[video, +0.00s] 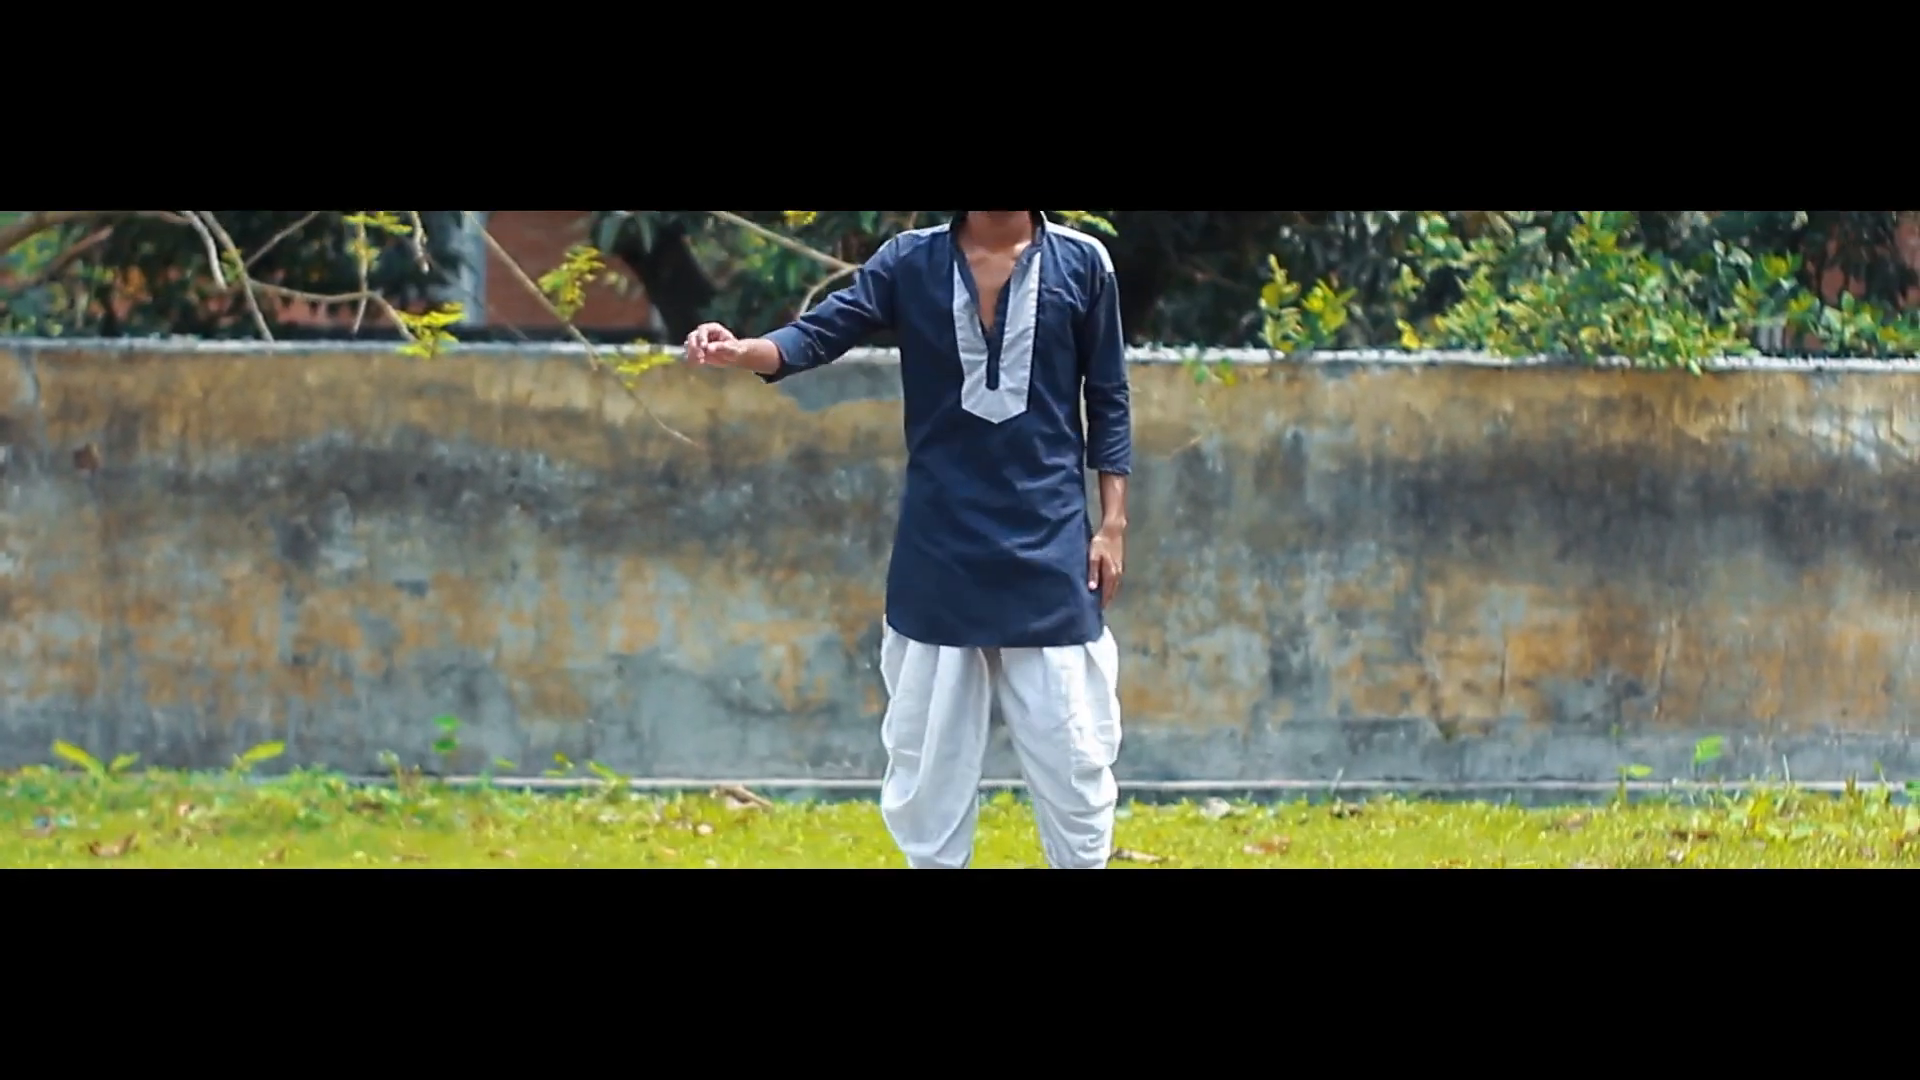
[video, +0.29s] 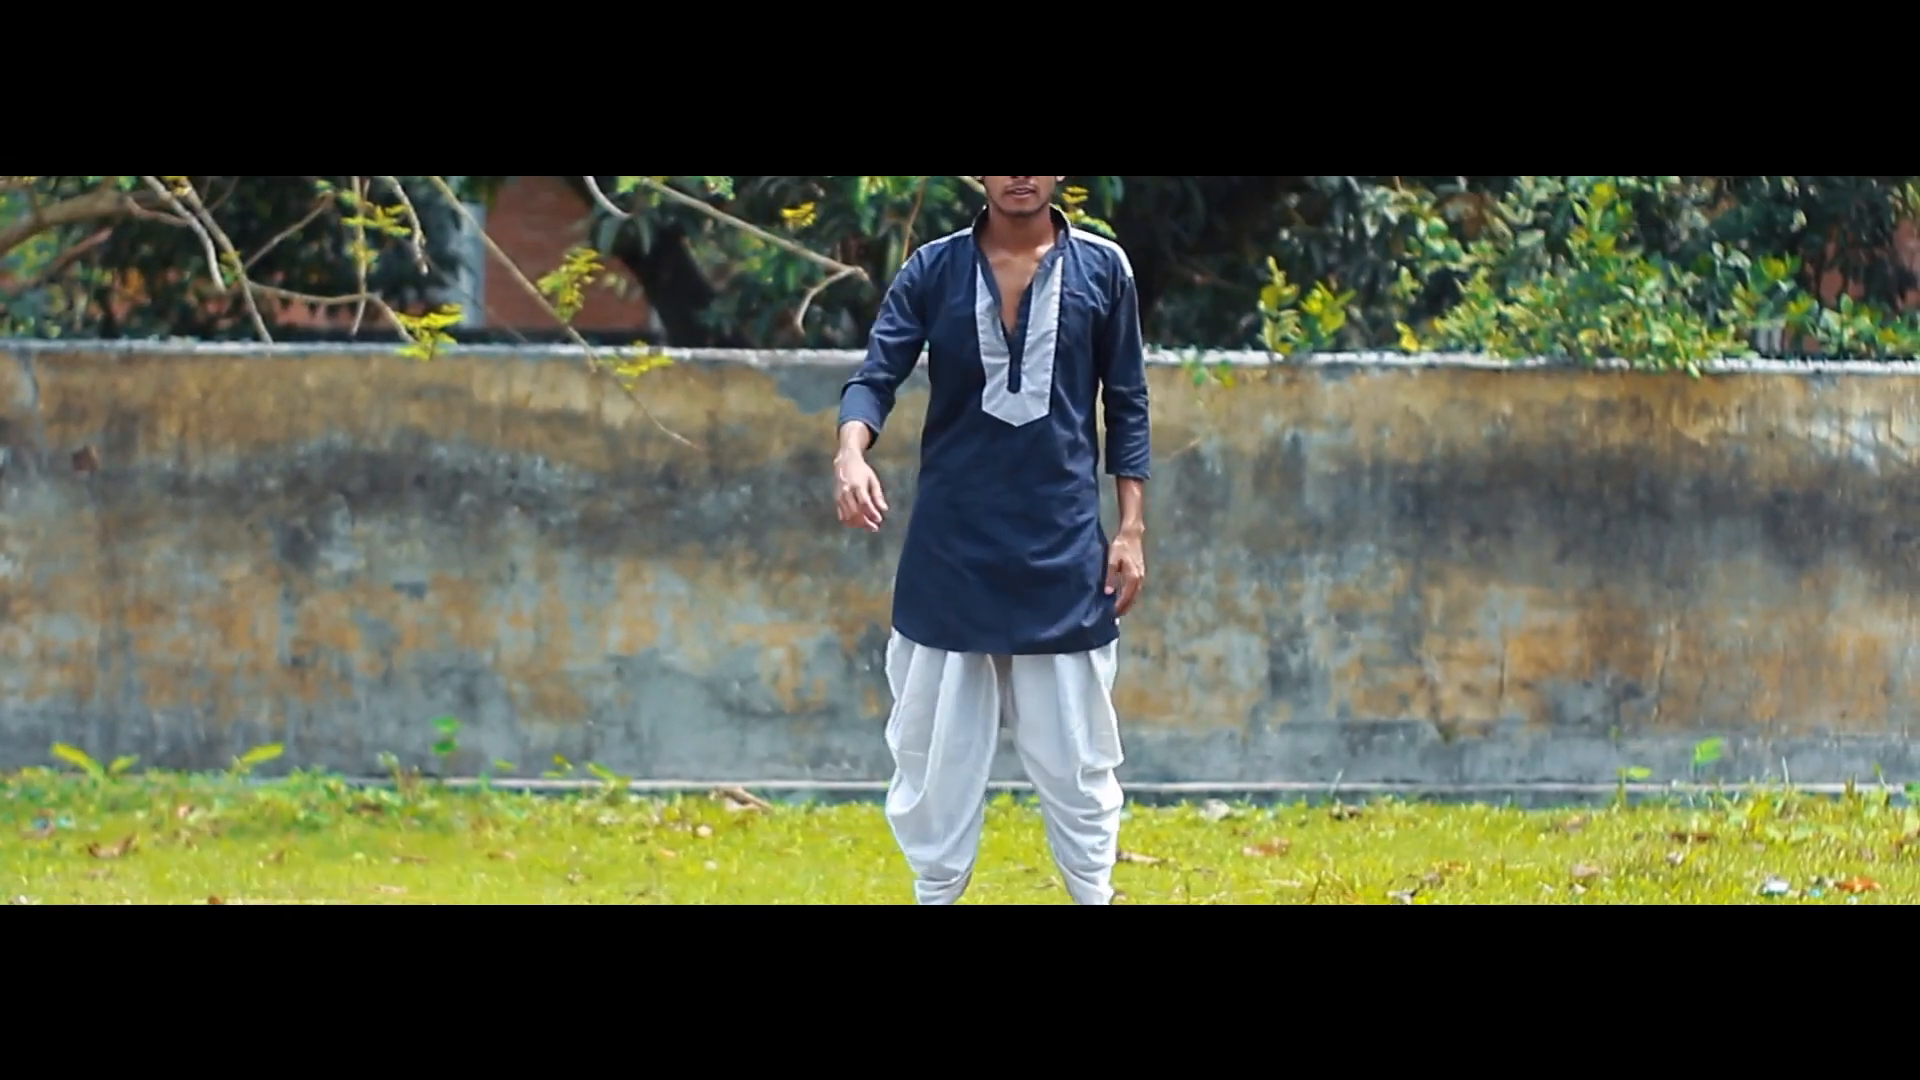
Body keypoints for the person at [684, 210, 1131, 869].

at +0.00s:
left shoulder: (1083, 262)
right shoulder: (909, 259)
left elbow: (1109, 396)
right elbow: (821, 331)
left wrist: (1112, 522)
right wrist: (745, 351)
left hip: (1049, 545)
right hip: (937, 547)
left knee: (1075, 766)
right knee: (927, 767)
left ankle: (1083, 861)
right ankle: (934, 860)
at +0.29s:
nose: (1019, 175)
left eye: (1035, 165)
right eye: (1003, 165)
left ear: (1060, 176)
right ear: (978, 175)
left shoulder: (1102, 266)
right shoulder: (933, 266)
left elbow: (1127, 402)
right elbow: (877, 375)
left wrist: (1131, 525)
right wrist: (850, 452)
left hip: (1060, 543)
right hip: (952, 541)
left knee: (1074, 750)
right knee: (933, 745)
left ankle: (1093, 894)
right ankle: (935, 892)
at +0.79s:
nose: (1025, 172)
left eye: (1041, 156)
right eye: (1009, 155)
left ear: (1066, 168)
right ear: (980, 166)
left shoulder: (1108, 268)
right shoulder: (934, 272)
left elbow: (1137, 406)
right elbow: (918, 417)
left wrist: (1144, 531)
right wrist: (921, 540)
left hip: (1069, 541)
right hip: (958, 541)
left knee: (1078, 747)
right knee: (936, 742)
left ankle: (1087, 931)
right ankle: (926, 930)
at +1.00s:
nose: (999, 175)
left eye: (1015, 159)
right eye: (983, 159)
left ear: (1039, 169)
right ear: (952, 167)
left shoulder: (1080, 270)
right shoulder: (908, 274)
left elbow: (1110, 409)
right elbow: (879, 418)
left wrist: (1109, 534)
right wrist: (858, 547)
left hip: (1039, 545)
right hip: (923, 543)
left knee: (1051, 749)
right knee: (905, 746)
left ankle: (1061, 938)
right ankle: (900, 938)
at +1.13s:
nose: (964, 175)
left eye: (981, 158)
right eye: (948, 158)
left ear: (1005, 164)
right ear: (918, 164)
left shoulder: (1048, 270)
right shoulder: (875, 275)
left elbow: (1076, 405)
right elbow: (842, 417)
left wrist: (1075, 531)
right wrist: (820, 544)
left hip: (1008, 549)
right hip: (892, 546)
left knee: (1023, 749)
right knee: (877, 745)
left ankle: (1036, 936)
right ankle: (874, 936)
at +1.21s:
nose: (961, 171)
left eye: (977, 155)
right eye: (944, 155)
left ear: (999, 163)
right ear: (913, 163)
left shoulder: (1042, 268)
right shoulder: (871, 273)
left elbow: (1069, 403)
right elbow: (838, 411)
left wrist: (1069, 527)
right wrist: (822, 538)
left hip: (1004, 544)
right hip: (889, 542)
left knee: (1020, 744)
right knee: (875, 742)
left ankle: (1036, 934)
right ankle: (874, 935)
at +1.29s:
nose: (958, 171)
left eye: (974, 156)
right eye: (940, 155)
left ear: (995, 164)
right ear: (909, 163)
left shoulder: (1035, 269)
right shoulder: (866, 274)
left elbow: (1062, 405)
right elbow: (838, 411)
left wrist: (1062, 527)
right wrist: (834, 528)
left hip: (1000, 545)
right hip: (886, 545)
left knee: (1019, 746)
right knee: (873, 746)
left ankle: (1036, 935)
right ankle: (874, 935)